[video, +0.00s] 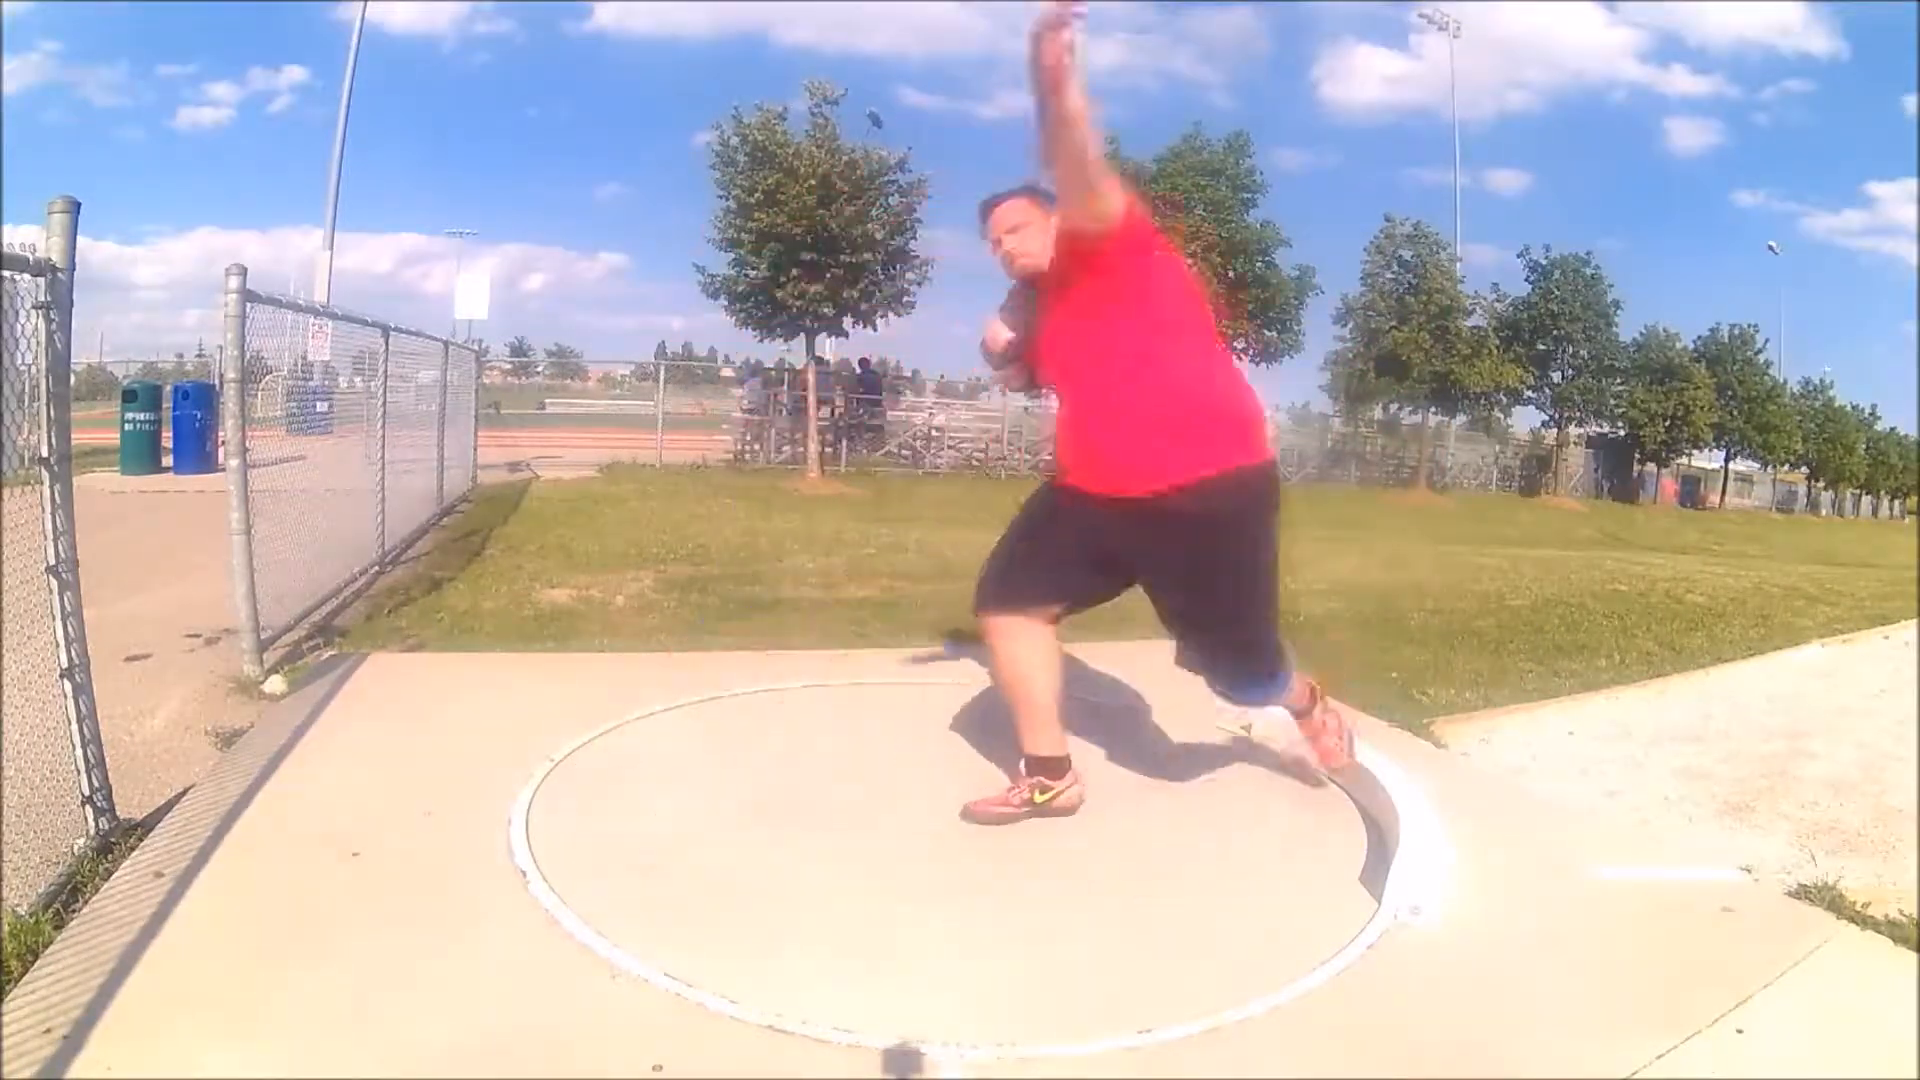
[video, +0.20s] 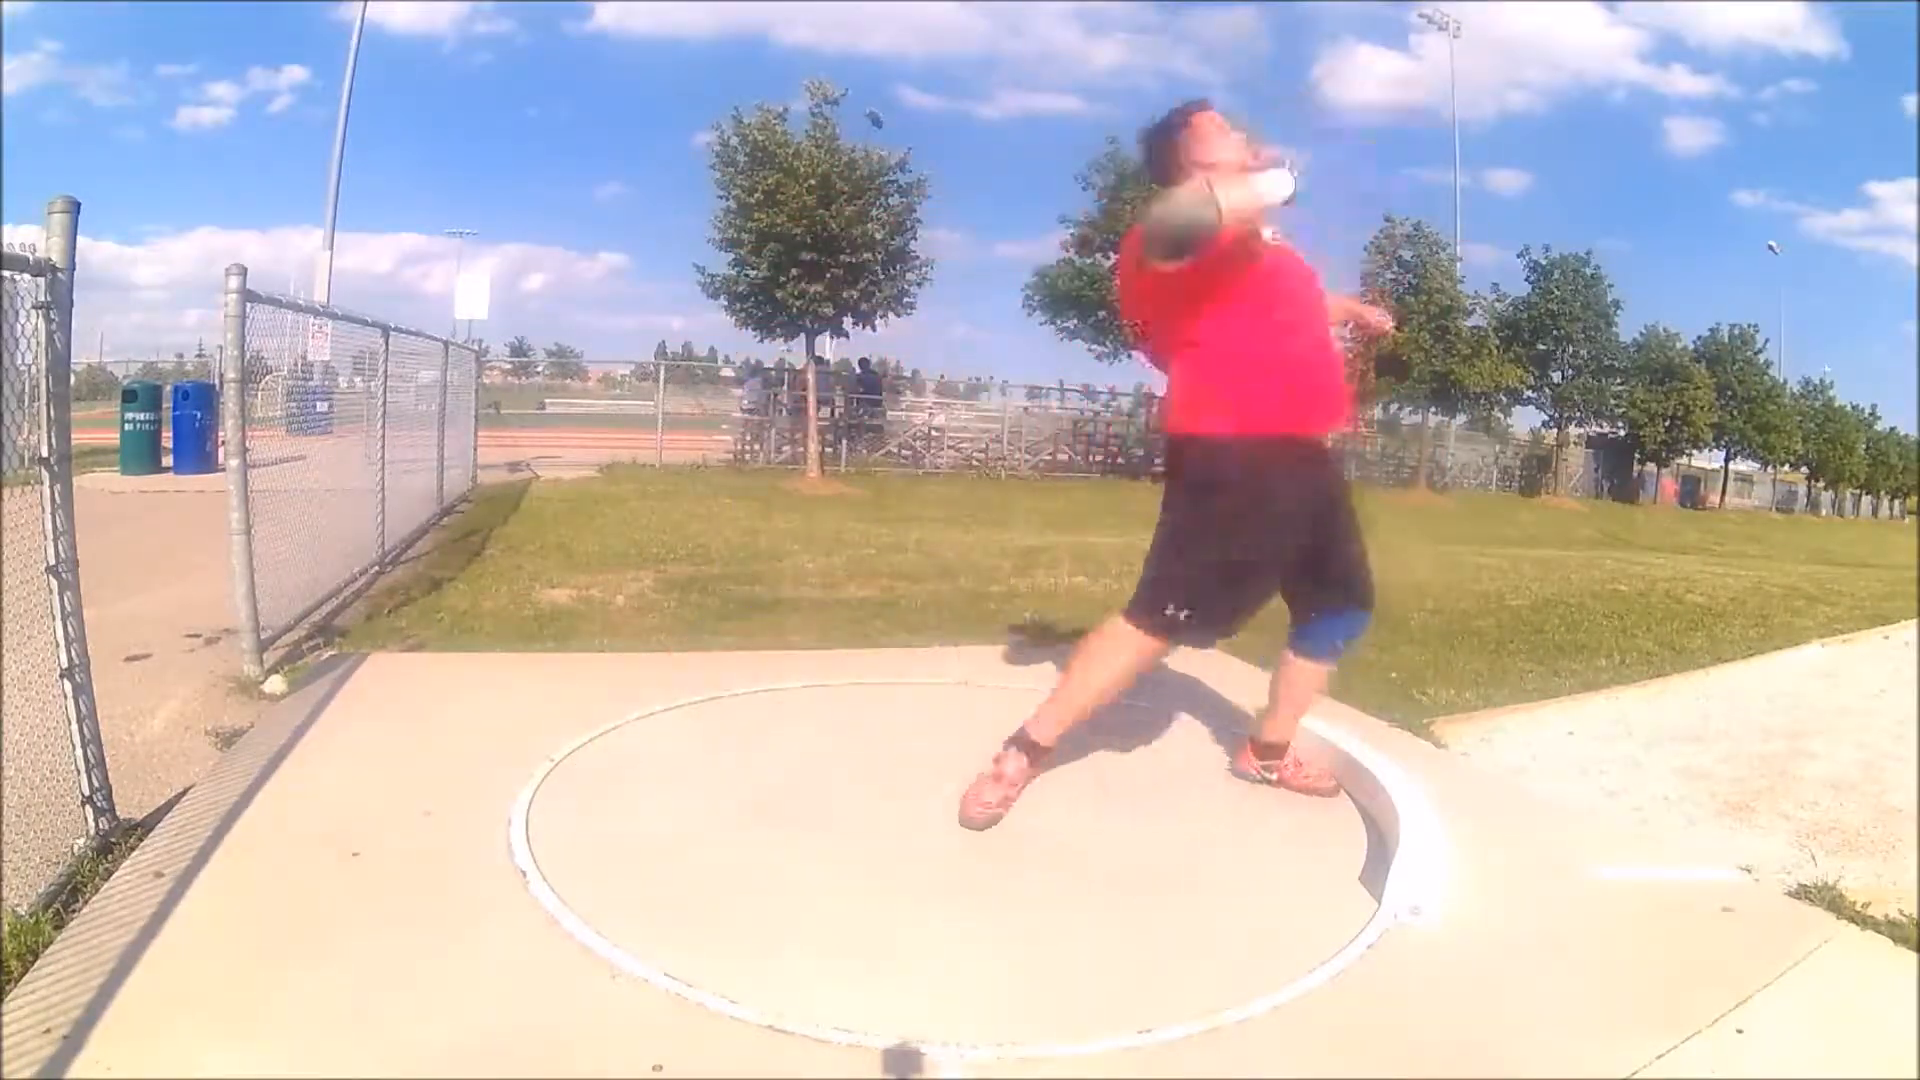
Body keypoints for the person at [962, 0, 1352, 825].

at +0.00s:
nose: (1005, 246)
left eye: (1014, 227)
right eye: (995, 241)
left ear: (1050, 213)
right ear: (1001, 253)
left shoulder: (1105, 231)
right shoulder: (1038, 311)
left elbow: (1079, 167)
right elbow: (1024, 378)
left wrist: (1059, 96)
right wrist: (1003, 353)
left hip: (1212, 486)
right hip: (1096, 493)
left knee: (1241, 671)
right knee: (1011, 605)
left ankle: (1308, 705)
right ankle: (1047, 769)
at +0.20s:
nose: (1243, 137)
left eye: (1236, 127)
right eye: (1222, 129)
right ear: (1182, 163)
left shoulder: (1259, 241)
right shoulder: (1158, 237)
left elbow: (1290, 302)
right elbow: (1185, 215)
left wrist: (1351, 310)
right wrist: (1266, 184)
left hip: (1304, 452)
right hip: (1224, 451)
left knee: (1337, 607)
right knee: (1161, 614)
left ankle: (1273, 745)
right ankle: (1027, 747)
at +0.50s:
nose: (1320, 145)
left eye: (1327, 137)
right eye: (1328, 138)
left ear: (1338, 143)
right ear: (1394, 165)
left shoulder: (1294, 186)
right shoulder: (1416, 228)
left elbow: (1194, 251)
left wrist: (1145, 254)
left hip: (1279, 381)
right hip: (1379, 405)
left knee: (1202, 539)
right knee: (1328, 583)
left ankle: (1136, 671)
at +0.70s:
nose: (1308, 195)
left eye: (1323, 184)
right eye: (1304, 190)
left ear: (1366, 190)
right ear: (1309, 212)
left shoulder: (1399, 218)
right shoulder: (1309, 292)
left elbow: (1430, 152)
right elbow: (1265, 373)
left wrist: (1378, 57)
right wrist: (1216, 376)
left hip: (1392, 378)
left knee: (1273, 454)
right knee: (1338, 577)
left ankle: (1269, 582)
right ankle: (1350, 756)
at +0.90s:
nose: (1338, 163)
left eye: (1351, 155)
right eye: (1326, 159)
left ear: (1375, 169)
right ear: (1310, 178)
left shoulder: (1425, 203)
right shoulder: (1294, 237)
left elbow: (1486, 132)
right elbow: (1245, 223)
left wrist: (1506, 51)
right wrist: (1258, 131)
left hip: (1445, 389)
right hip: (1359, 420)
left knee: (1500, 504)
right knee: (1335, 558)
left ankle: (1573, 542)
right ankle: (1359, 736)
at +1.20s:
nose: (1437, 192)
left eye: (1434, 184)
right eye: (1424, 182)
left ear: (1389, 197)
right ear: (1396, 189)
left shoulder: (1412, 257)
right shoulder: (1395, 227)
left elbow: (1356, 364)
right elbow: (1465, 160)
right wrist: (1502, 98)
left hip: (1454, 450)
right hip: (1403, 437)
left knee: (1445, 595)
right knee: (1400, 586)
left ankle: (1388, 708)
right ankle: (1330, 745)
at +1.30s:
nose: (1448, 213)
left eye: (1444, 204)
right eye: (1444, 204)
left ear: (1387, 212)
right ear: (1431, 204)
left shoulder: (1368, 275)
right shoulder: (1441, 240)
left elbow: (1350, 373)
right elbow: (1537, 236)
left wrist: (1355, 428)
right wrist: (1593, 210)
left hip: (1386, 434)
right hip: (1422, 434)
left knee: (1451, 582)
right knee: (1414, 584)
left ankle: (1388, 703)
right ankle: (1321, 746)